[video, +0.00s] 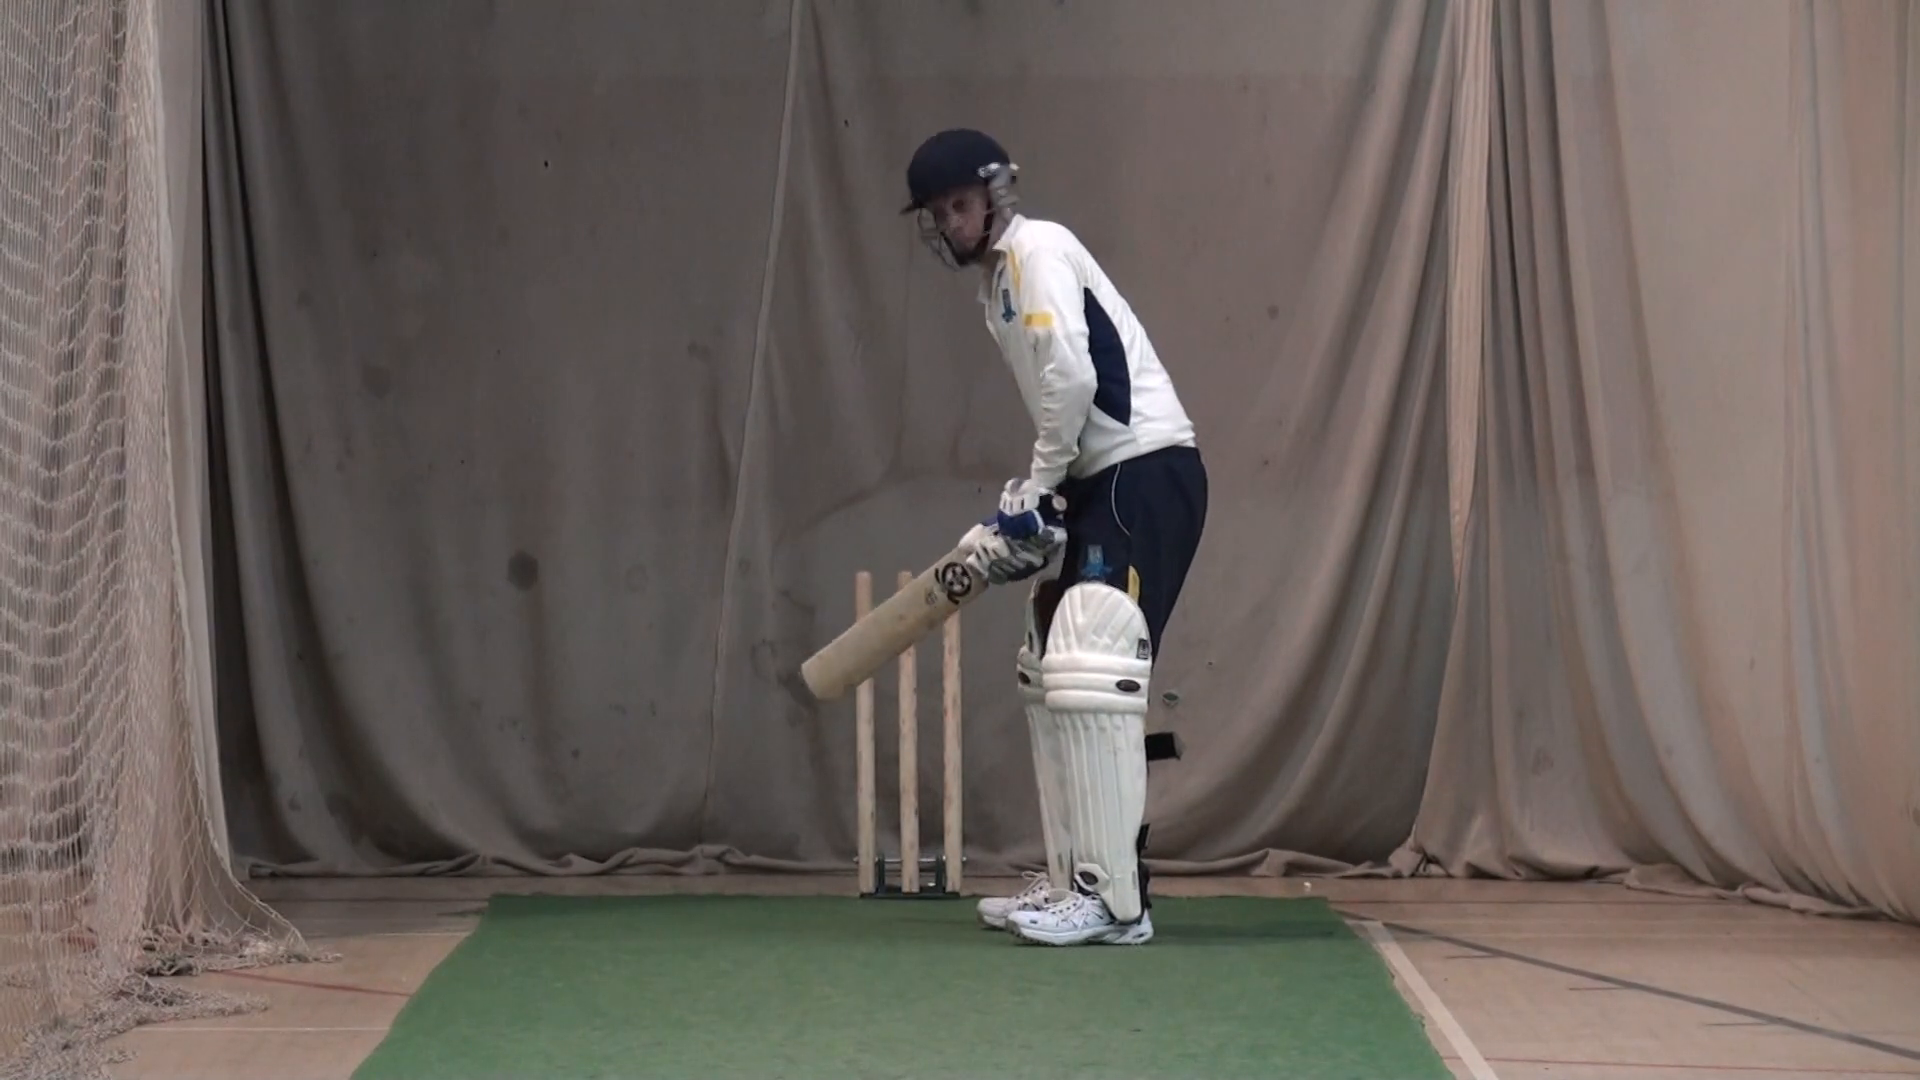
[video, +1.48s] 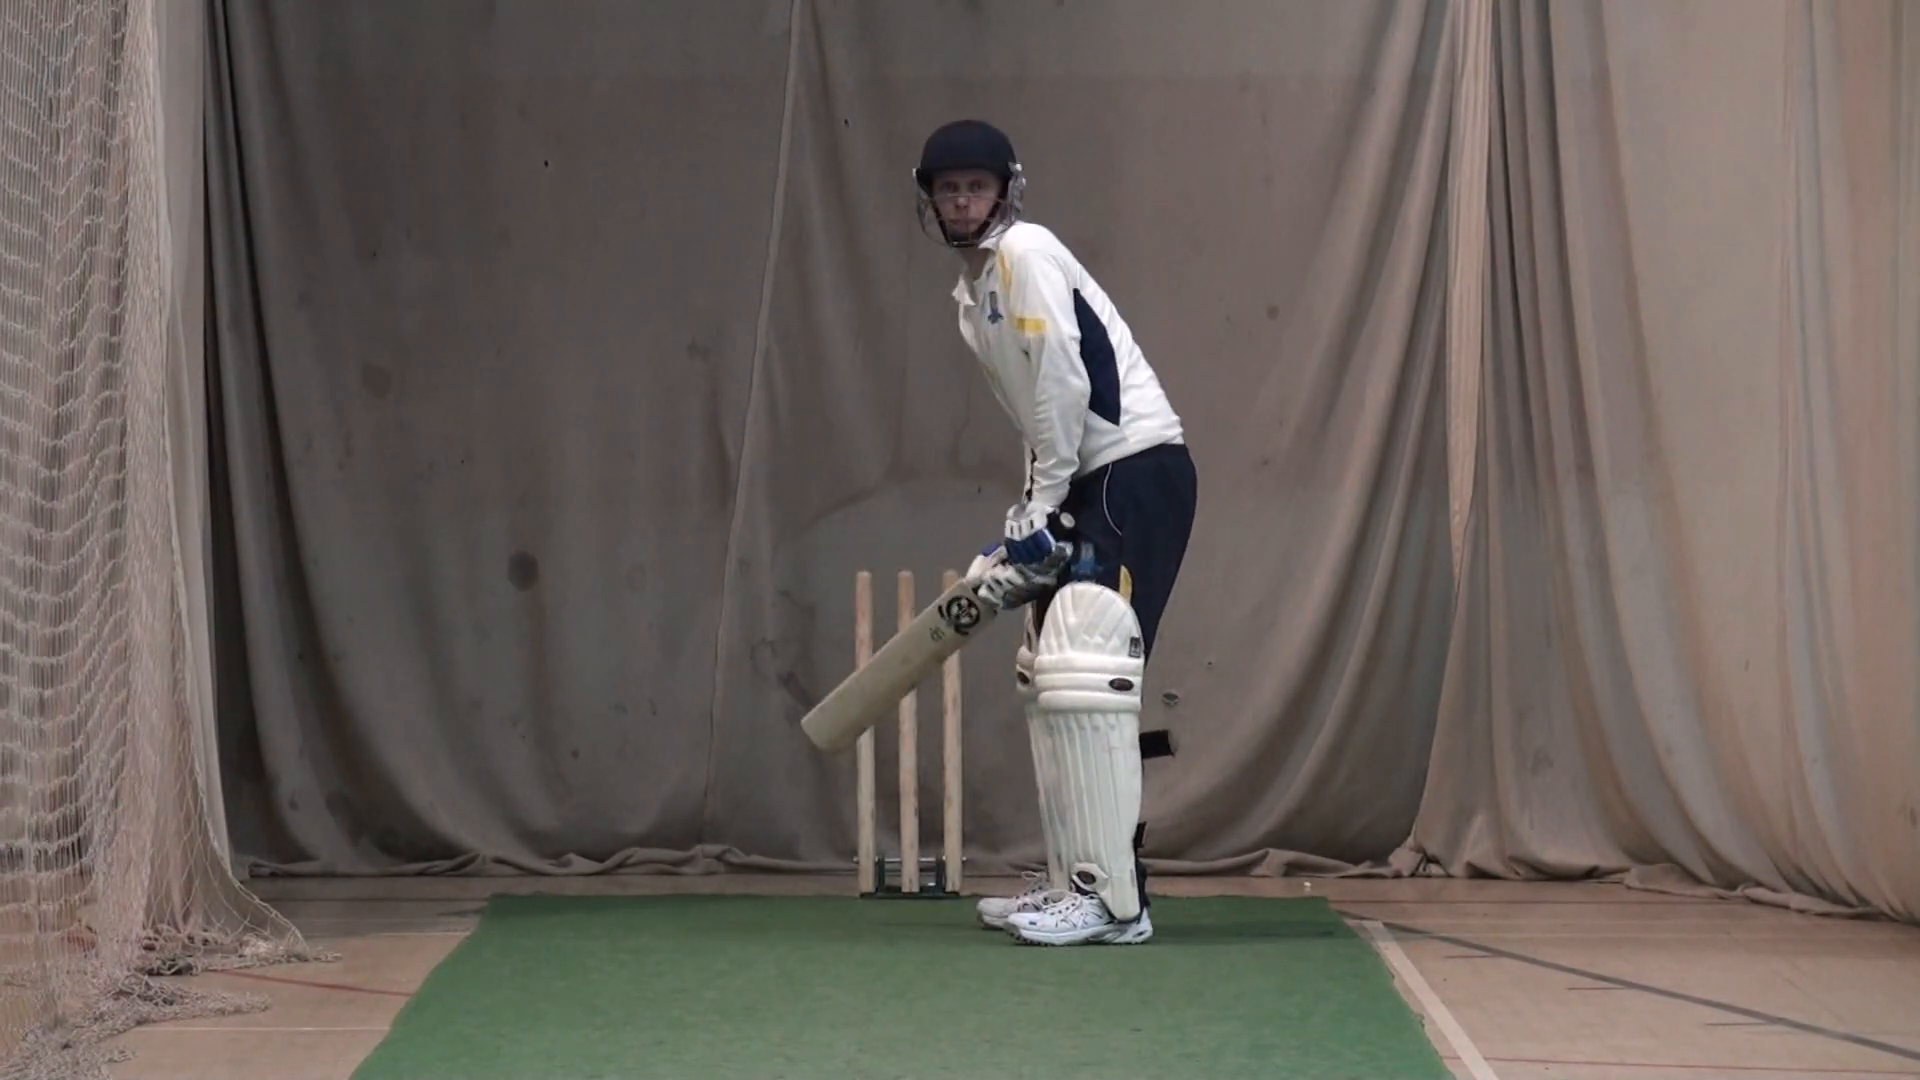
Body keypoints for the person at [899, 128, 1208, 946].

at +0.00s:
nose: (951, 224)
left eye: (962, 204)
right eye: (938, 212)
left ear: (998, 193)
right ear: (930, 218)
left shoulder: (1034, 249)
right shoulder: (1001, 280)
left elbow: (1071, 376)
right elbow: (1057, 415)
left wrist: (1040, 483)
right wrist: (1020, 520)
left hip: (1142, 474)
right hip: (1096, 480)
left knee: (1091, 675)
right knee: (1053, 676)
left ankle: (1114, 900)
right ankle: (1076, 882)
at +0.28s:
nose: (931, 298)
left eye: (922, 279)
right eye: (918, 291)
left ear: (939, 241)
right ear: (944, 240)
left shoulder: (1018, 269)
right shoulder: (1002, 286)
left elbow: (1059, 400)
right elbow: (1062, 421)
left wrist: (1030, 506)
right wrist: (1016, 533)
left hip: (1143, 475)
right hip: (1104, 486)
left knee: (1094, 676)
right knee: (1061, 676)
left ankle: (1113, 899)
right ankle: (1076, 884)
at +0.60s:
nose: (903, 360)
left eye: (892, 344)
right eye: (890, 353)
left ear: (904, 307)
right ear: (907, 306)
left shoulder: (989, 307)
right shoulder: (979, 328)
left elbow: (1047, 436)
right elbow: (1052, 447)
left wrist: (1060, 550)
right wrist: (1058, 583)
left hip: (1157, 472)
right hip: (1122, 483)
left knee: (1117, 683)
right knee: (1097, 681)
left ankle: (1113, 897)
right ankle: (1096, 886)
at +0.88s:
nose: (886, 316)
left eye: (882, 298)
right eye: (876, 305)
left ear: (904, 267)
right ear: (909, 264)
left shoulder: (986, 287)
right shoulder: (970, 316)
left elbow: (1045, 415)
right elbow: (1045, 439)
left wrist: (1043, 535)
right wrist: (1032, 579)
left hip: (1144, 472)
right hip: (1109, 482)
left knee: (1104, 684)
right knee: (1084, 682)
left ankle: (1109, 895)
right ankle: (1080, 882)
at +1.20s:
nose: (947, 215)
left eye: (961, 198)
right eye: (931, 203)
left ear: (988, 198)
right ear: (912, 215)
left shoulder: (1009, 259)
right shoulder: (971, 299)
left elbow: (1050, 398)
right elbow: (1038, 419)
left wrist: (1031, 518)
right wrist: (1023, 534)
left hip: (1134, 471)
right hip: (1092, 479)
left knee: (1091, 678)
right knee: (1061, 676)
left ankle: (1112, 898)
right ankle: (1079, 881)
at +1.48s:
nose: (961, 205)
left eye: (977, 188)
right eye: (946, 191)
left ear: (1006, 191)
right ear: (928, 201)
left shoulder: (1024, 254)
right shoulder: (975, 294)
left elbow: (1063, 392)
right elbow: (1040, 418)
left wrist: (1037, 514)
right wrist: (1024, 530)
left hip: (1136, 471)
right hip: (1089, 478)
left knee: (1089, 677)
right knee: (1054, 673)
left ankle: (1113, 897)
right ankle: (1079, 881)